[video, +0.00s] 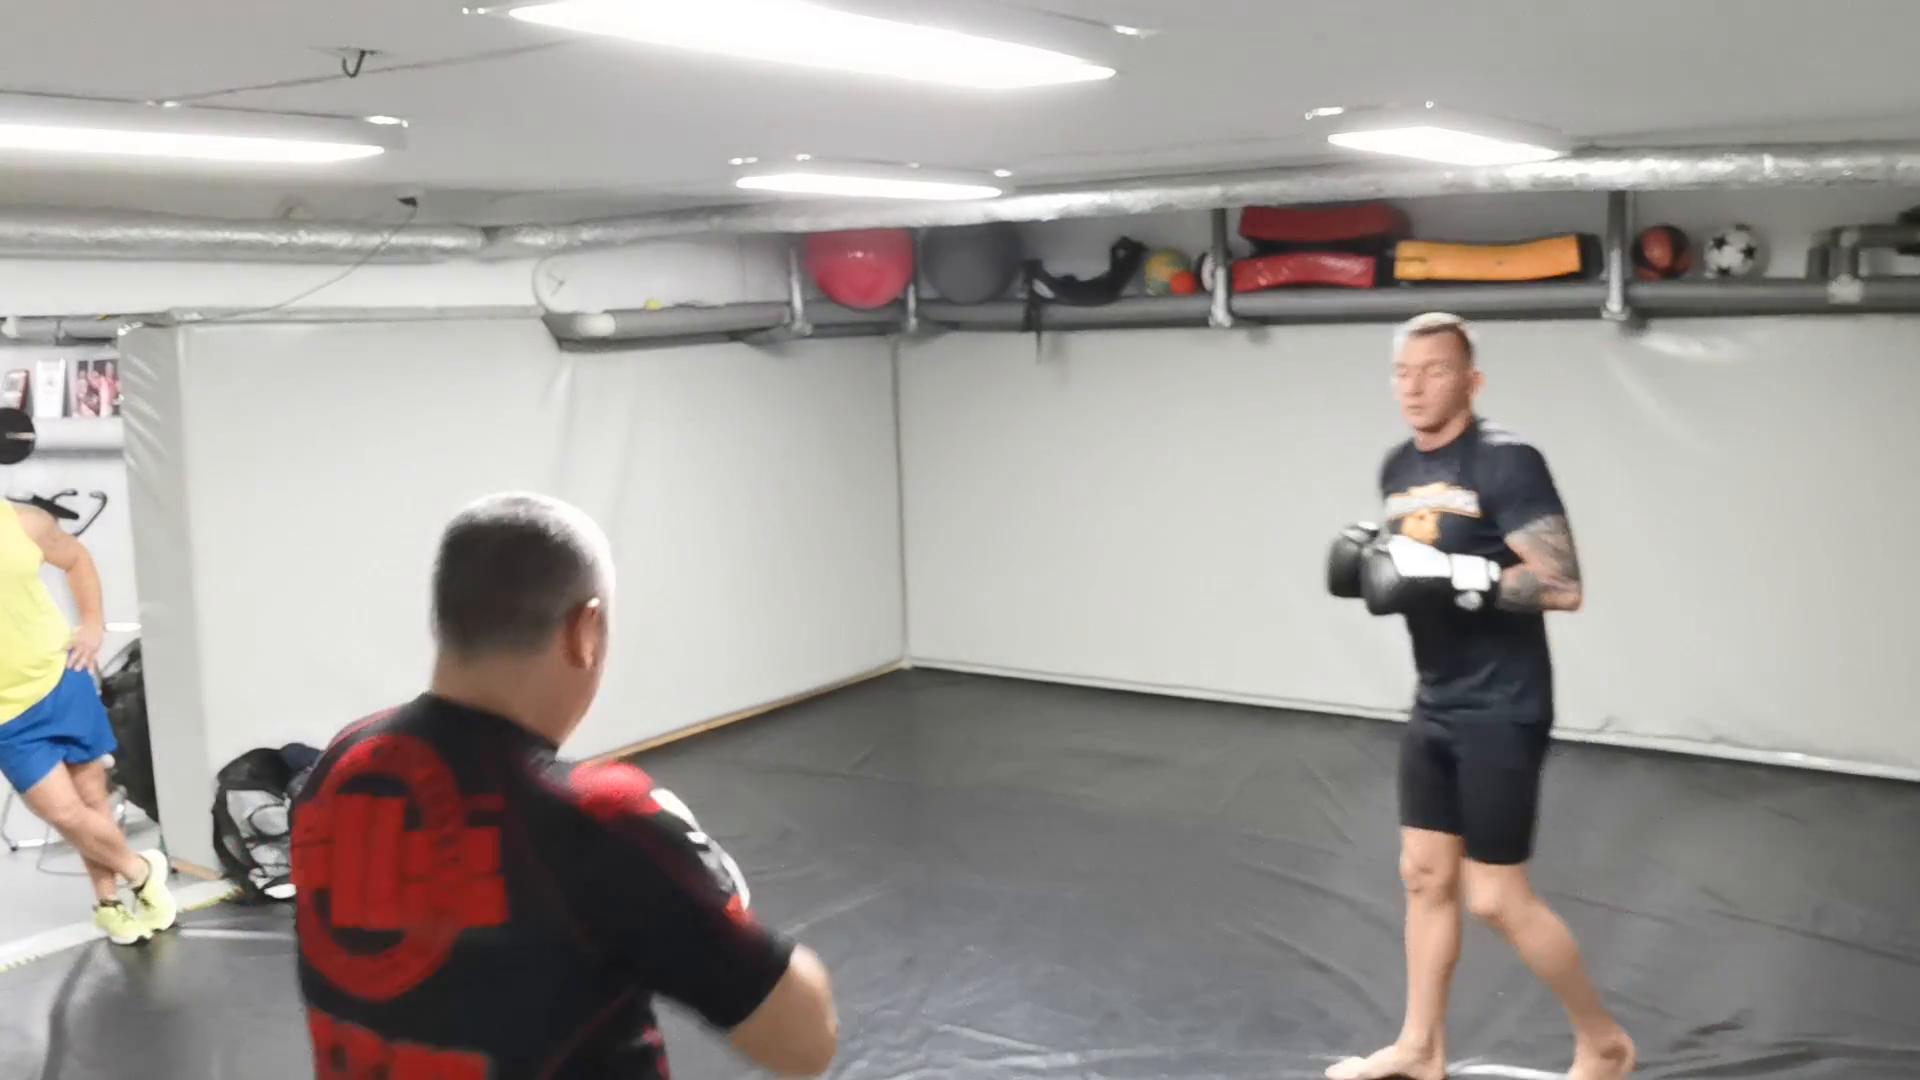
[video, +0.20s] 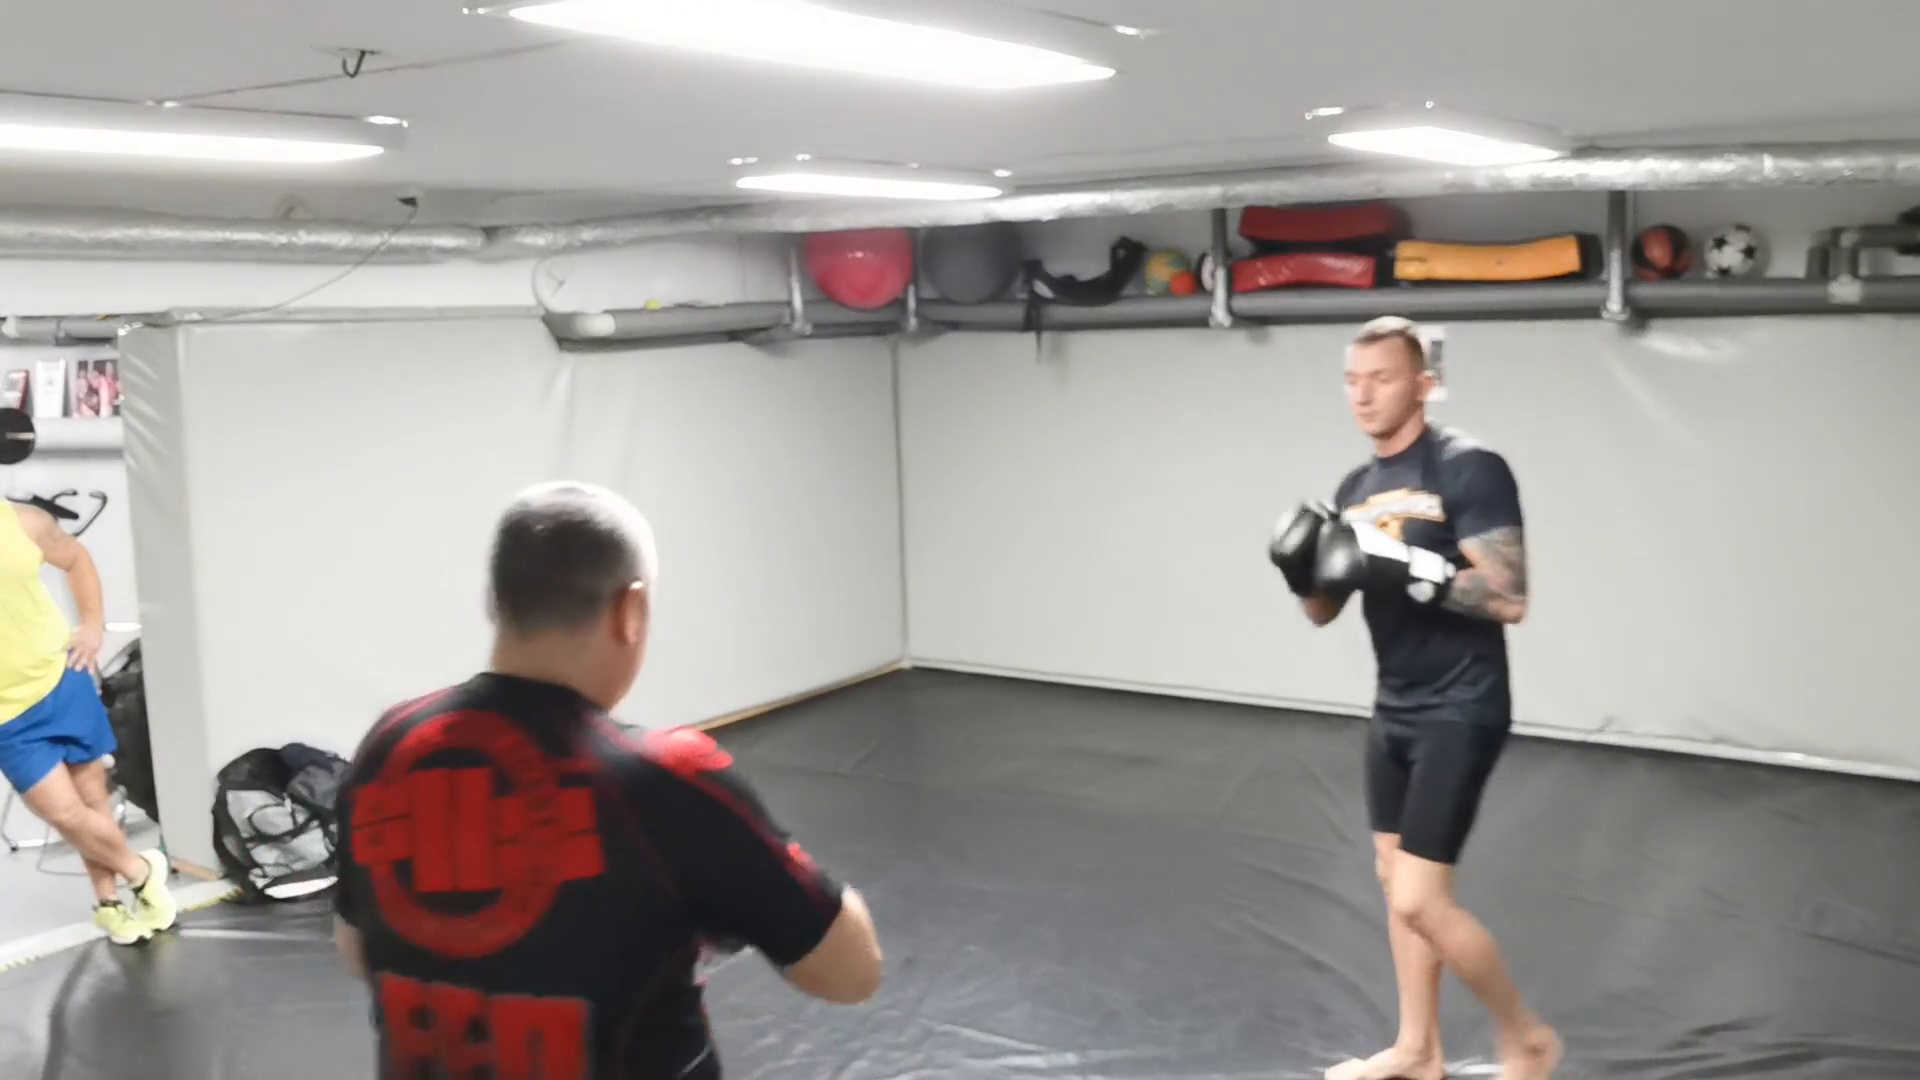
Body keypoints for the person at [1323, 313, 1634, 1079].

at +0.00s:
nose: (1413, 387)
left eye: (1431, 371)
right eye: (1403, 373)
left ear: (1471, 379)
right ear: (1394, 381)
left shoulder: (1510, 464)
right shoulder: (1399, 469)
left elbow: (1564, 587)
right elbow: (1414, 565)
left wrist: (1459, 573)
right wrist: (1368, 563)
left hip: (1505, 706)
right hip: (1434, 702)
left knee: (1497, 894)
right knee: (1425, 877)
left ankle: (1604, 1041)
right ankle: (1420, 1047)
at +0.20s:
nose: (1362, 395)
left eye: (1378, 380)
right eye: (1354, 381)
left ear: (1423, 386)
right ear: (1348, 389)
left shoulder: (1472, 470)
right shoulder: (1358, 485)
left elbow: (1509, 599)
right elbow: (1323, 609)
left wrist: (1418, 570)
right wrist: (1305, 565)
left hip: (1464, 707)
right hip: (1394, 705)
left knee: (1421, 897)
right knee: (1395, 884)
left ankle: (1527, 1038)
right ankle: (1417, 1049)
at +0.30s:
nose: (1343, 398)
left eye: (1360, 383)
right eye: (1335, 385)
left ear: (1402, 386)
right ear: (1328, 393)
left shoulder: (1454, 469)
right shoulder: (1337, 486)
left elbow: (1486, 602)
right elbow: (1307, 610)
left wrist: (1390, 555)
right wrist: (1289, 543)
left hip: (1447, 706)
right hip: (1380, 706)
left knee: (1397, 900)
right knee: (1392, 899)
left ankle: (1451, 1066)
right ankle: (1413, 1047)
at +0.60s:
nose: (1294, 427)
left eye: (1311, 409)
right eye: (1287, 411)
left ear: (1358, 410)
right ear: (1282, 414)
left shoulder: (1405, 497)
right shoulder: (1305, 497)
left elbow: (1406, 638)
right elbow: (1251, 613)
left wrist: (1324, 564)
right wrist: (1245, 529)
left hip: (1396, 737)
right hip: (1342, 732)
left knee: (1343, 931)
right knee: (1371, 904)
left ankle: (1347, 1074)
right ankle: (1413, 1050)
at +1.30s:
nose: (1218, 446)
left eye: (1233, 427)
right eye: (1211, 428)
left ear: (1285, 419)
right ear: (1208, 425)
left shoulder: (1333, 501)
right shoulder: (1242, 501)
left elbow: (1322, 644)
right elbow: (1191, 622)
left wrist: (1244, 566)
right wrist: (1171, 535)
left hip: (1331, 754)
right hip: (1287, 747)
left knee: (1265, 959)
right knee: (1318, 930)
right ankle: (1363, 1071)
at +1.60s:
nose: (1185, 480)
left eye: (1202, 461)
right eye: (1180, 463)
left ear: (1258, 458)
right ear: (1179, 460)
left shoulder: (1305, 537)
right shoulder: (1225, 533)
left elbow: (1311, 689)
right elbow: (1156, 644)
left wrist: (1225, 598)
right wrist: (1142, 552)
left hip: (1322, 790)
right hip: (1299, 784)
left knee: (1178, 980)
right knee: (1313, 952)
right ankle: (1376, 1073)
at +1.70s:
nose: (1148, 487)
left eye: (1166, 467)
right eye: (1145, 467)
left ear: (1225, 467)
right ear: (1229, 470)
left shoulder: (1237, 531)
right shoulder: (1272, 519)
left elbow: (1192, 607)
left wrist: (1060, 555)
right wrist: (1150, 543)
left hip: (1309, 799)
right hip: (1354, 785)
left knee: (1204, 1022)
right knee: (1322, 944)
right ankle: (1376, 1069)